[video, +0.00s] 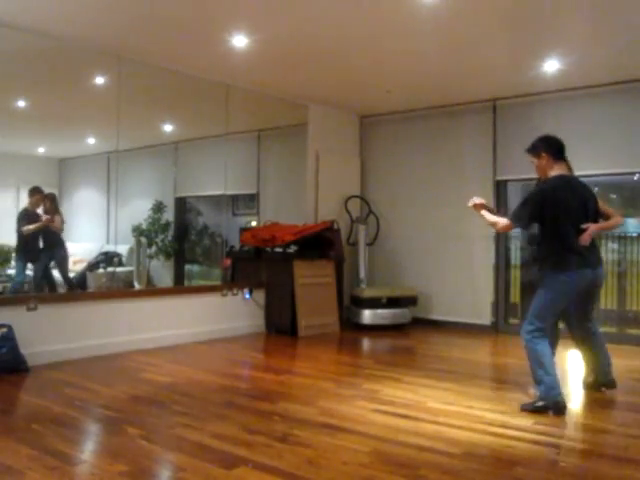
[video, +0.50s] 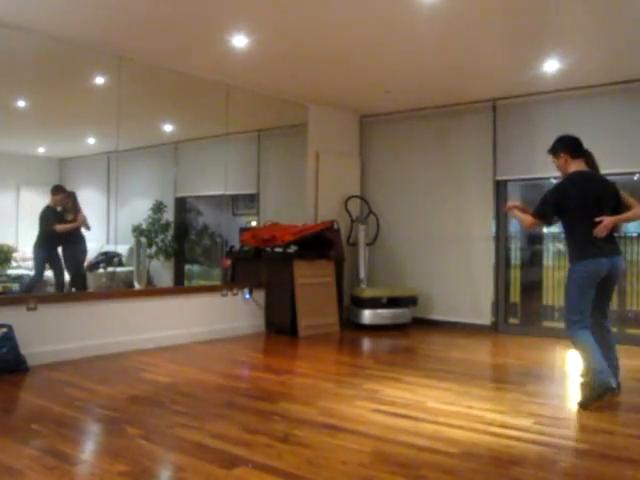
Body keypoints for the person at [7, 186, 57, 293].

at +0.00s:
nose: (40, 202)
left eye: (41, 199)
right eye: (39, 198)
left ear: (41, 199)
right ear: (32, 197)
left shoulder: (37, 215)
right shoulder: (23, 213)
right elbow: (24, 230)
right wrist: (42, 223)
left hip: (35, 249)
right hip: (22, 250)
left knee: (43, 275)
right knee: (19, 278)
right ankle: (11, 303)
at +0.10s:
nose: (48, 202)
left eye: (49, 199)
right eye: (46, 198)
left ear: (46, 199)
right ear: (39, 198)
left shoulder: (46, 216)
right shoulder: (31, 213)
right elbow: (33, 230)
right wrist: (52, 224)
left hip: (41, 250)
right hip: (29, 249)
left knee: (51, 275)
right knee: (23, 277)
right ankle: (10, 299)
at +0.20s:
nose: (54, 201)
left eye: (55, 198)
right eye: (52, 198)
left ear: (52, 198)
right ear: (46, 197)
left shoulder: (50, 215)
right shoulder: (38, 213)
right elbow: (43, 230)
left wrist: (67, 223)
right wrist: (63, 225)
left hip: (46, 249)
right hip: (35, 249)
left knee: (56, 274)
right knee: (26, 276)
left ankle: (58, 298)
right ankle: (11, 297)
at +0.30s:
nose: (58, 201)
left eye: (59, 198)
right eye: (57, 198)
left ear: (58, 198)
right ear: (50, 197)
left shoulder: (54, 214)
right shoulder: (42, 212)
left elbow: (57, 227)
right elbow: (49, 229)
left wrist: (71, 223)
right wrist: (69, 225)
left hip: (48, 250)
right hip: (38, 249)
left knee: (60, 274)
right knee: (30, 276)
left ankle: (63, 298)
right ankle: (11, 295)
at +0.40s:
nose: (62, 199)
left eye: (63, 197)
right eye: (61, 196)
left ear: (56, 197)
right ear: (54, 196)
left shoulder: (56, 213)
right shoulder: (46, 212)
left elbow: (60, 226)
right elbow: (55, 228)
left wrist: (75, 222)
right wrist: (74, 225)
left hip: (50, 248)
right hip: (40, 248)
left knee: (59, 271)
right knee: (35, 276)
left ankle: (60, 297)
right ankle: (15, 295)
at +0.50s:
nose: (63, 200)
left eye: (64, 197)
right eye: (62, 197)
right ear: (55, 195)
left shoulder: (58, 213)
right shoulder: (47, 212)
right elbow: (56, 228)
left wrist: (78, 221)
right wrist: (76, 224)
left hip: (52, 248)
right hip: (41, 247)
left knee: (59, 274)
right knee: (38, 275)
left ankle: (59, 299)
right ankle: (22, 293)